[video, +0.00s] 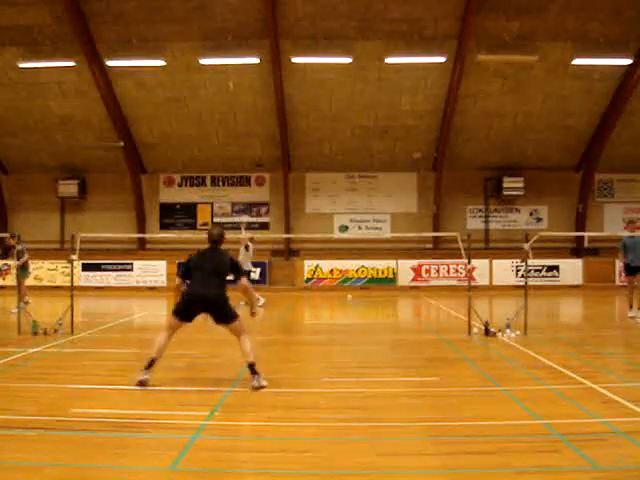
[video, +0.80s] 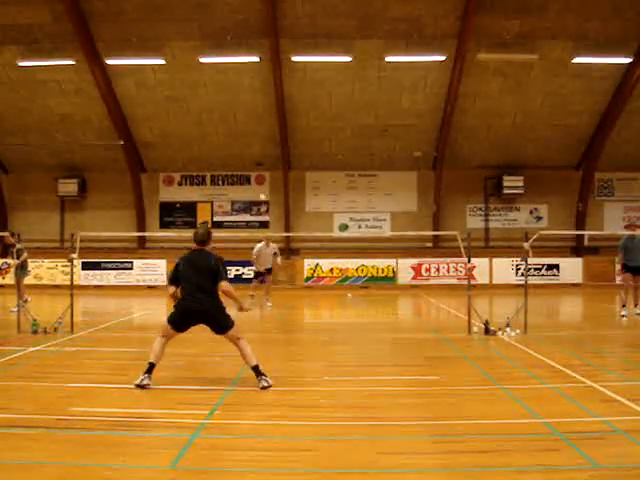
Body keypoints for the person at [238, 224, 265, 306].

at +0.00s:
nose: (243, 240)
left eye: (245, 238)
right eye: (243, 238)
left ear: (248, 240)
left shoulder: (248, 246)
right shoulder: (243, 246)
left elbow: (244, 238)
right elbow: (243, 237)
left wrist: (243, 229)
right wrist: (243, 229)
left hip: (247, 268)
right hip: (242, 268)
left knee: (246, 285)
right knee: (243, 286)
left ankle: (258, 298)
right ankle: (248, 299)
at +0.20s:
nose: (249, 233)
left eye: (250, 231)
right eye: (248, 231)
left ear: (254, 232)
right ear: (247, 232)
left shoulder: (251, 241)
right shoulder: (246, 241)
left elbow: (251, 243)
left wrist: (251, 238)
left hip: (247, 264)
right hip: (242, 264)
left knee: (247, 283)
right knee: (241, 283)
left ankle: (257, 298)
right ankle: (245, 298)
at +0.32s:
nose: (254, 230)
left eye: (256, 229)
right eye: (253, 228)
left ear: (257, 230)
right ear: (250, 229)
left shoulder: (255, 238)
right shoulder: (245, 237)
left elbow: (258, 244)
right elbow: (240, 232)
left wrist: (257, 236)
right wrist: (250, 231)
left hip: (251, 261)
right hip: (242, 260)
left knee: (251, 280)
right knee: (243, 281)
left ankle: (259, 296)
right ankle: (245, 296)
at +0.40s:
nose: (256, 232)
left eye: (257, 231)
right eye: (255, 230)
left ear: (257, 232)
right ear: (251, 230)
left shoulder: (256, 239)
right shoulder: (244, 236)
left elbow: (260, 246)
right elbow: (238, 231)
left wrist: (258, 237)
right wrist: (242, 229)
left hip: (252, 261)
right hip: (243, 260)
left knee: (251, 279)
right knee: (243, 280)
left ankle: (259, 295)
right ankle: (245, 296)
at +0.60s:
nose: (260, 242)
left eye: (261, 240)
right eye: (258, 240)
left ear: (263, 242)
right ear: (256, 240)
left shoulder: (264, 250)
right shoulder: (251, 247)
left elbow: (265, 260)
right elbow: (247, 256)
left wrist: (265, 255)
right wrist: (254, 262)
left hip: (258, 267)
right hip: (249, 267)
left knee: (260, 282)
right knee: (247, 283)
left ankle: (263, 298)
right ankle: (245, 298)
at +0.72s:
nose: (265, 240)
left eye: (267, 239)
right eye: (264, 239)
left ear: (268, 240)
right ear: (261, 240)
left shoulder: (270, 249)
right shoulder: (256, 249)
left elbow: (273, 257)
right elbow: (254, 262)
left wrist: (272, 262)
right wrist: (261, 270)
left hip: (266, 267)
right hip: (256, 268)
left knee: (267, 284)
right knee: (252, 284)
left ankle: (266, 299)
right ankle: (246, 297)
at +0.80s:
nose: (267, 241)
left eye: (269, 239)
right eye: (266, 239)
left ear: (270, 240)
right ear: (264, 240)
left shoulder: (273, 247)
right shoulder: (259, 247)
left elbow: (277, 255)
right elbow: (254, 256)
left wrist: (278, 261)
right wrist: (257, 266)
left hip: (268, 267)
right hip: (259, 268)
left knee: (268, 284)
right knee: (255, 284)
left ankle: (267, 299)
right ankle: (252, 295)